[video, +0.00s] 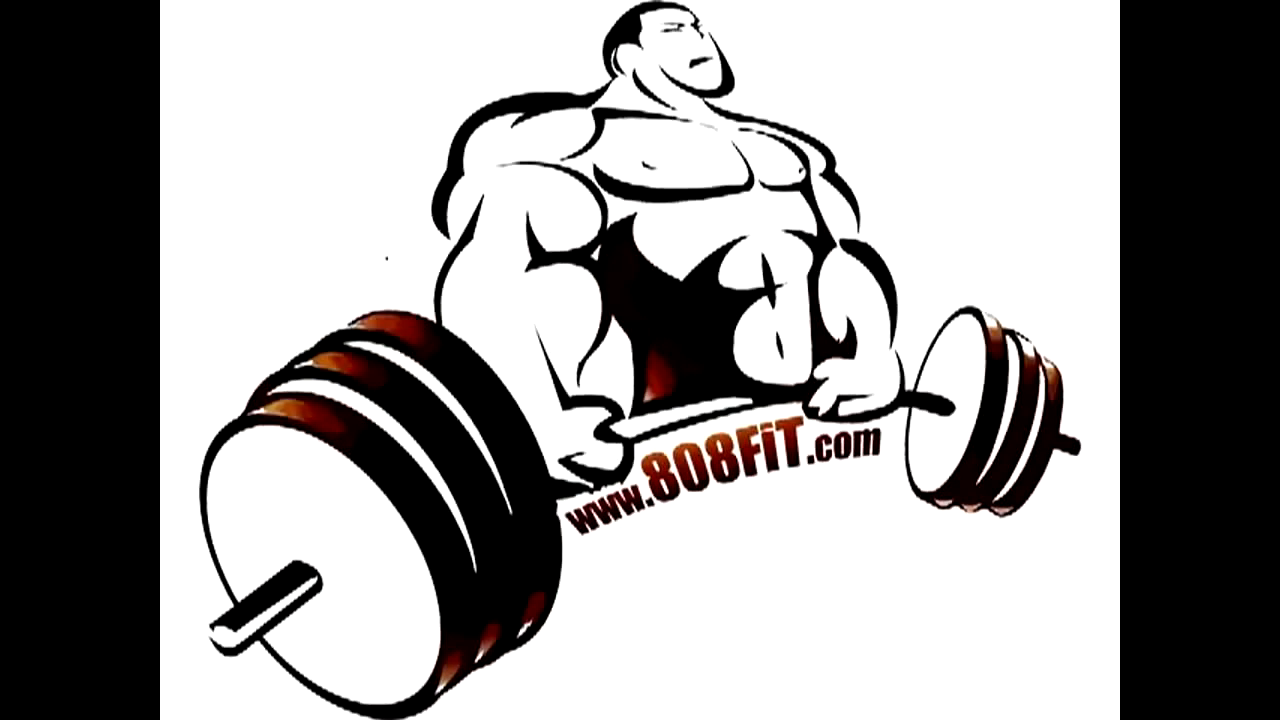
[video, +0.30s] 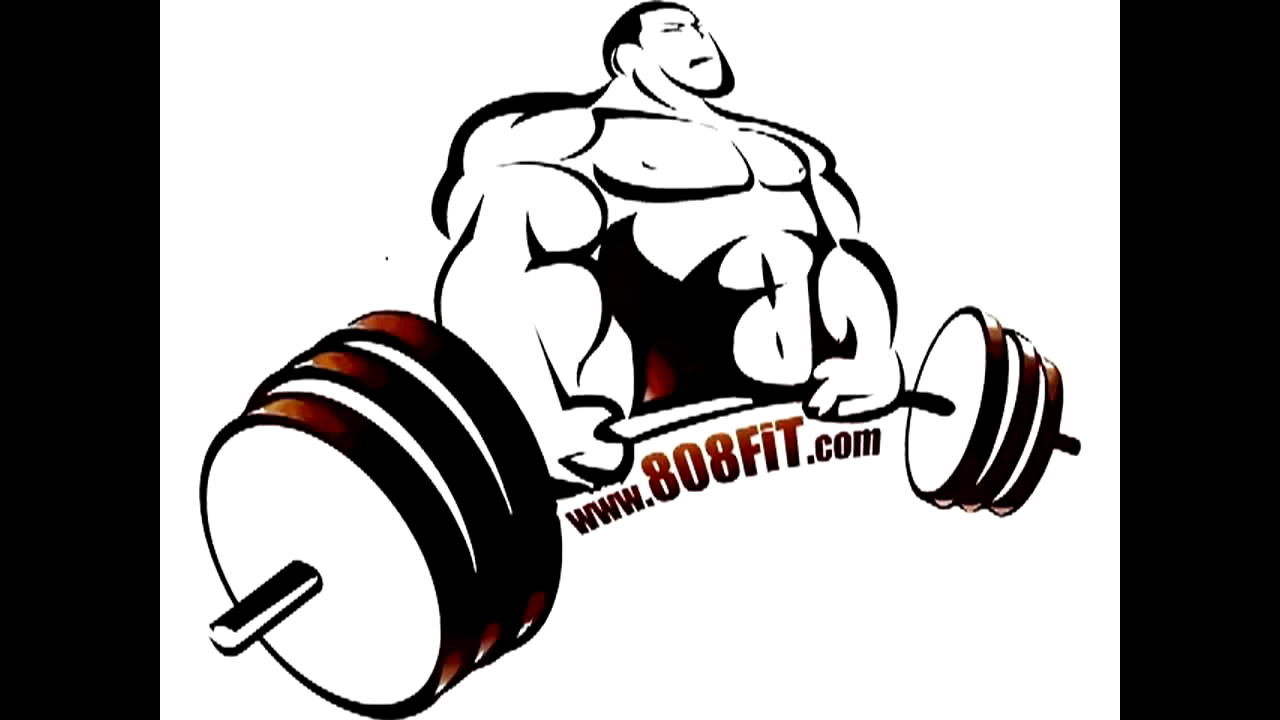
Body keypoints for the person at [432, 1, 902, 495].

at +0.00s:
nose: (702, 40)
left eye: (701, 28)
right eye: (675, 30)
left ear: (713, 45)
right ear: (628, 59)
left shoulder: (776, 145)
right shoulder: (593, 127)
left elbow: (850, 250)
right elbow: (487, 155)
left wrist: (878, 358)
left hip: (747, 331)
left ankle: (870, 369)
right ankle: (577, 429)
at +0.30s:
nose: (702, 40)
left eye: (701, 28)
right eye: (675, 30)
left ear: (713, 45)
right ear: (628, 59)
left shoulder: (776, 145)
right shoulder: (593, 127)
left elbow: (850, 250)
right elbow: (487, 155)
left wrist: (878, 358)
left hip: (747, 331)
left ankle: (870, 369)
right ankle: (577, 429)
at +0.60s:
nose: (702, 40)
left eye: (701, 28)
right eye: (675, 30)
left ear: (713, 45)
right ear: (628, 59)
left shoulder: (776, 145)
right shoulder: (593, 127)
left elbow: (850, 250)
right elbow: (487, 155)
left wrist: (878, 358)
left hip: (747, 331)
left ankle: (870, 369)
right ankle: (577, 429)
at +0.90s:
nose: (702, 40)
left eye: (701, 28)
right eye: (675, 30)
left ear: (713, 45)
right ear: (628, 59)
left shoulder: (775, 145)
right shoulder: (593, 127)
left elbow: (850, 250)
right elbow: (487, 155)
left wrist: (878, 358)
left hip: (747, 331)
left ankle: (870, 369)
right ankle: (577, 429)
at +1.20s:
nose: (702, 40)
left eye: (701, 28)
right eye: (675, 30)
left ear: (713, 45)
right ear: (628, 59)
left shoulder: (776, 145)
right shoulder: (593, 127)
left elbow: (850, 250)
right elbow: (487, 155)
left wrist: (878, 358)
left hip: (747, 331)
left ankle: (870, 369)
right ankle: (577, 429)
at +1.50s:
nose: (702, 40)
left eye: (701, 28)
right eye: (675, 30)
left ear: (713, 45)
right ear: (628, 59)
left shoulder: (776, 145)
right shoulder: (593, 127)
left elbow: (850, 250)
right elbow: (487, 155)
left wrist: (878, 358)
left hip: (747, 331)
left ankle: (870, 369)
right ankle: (577, 429)